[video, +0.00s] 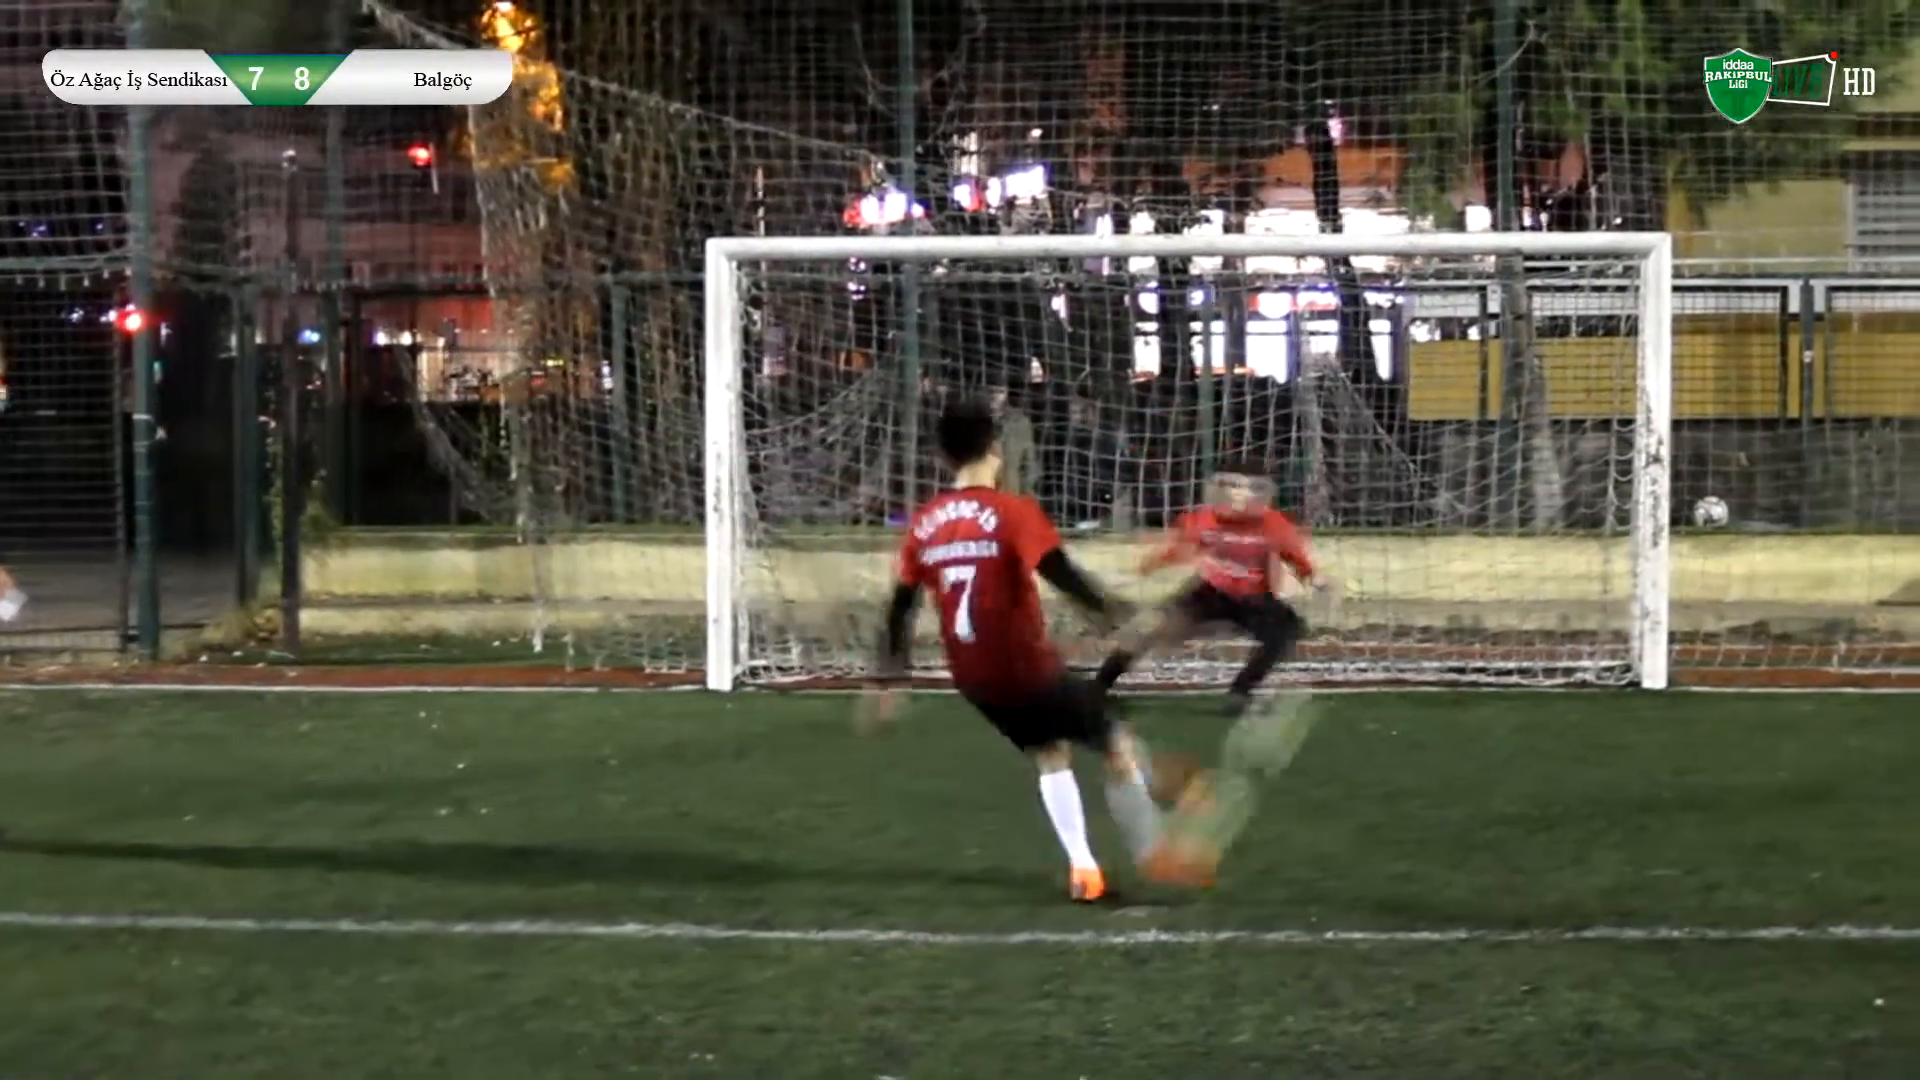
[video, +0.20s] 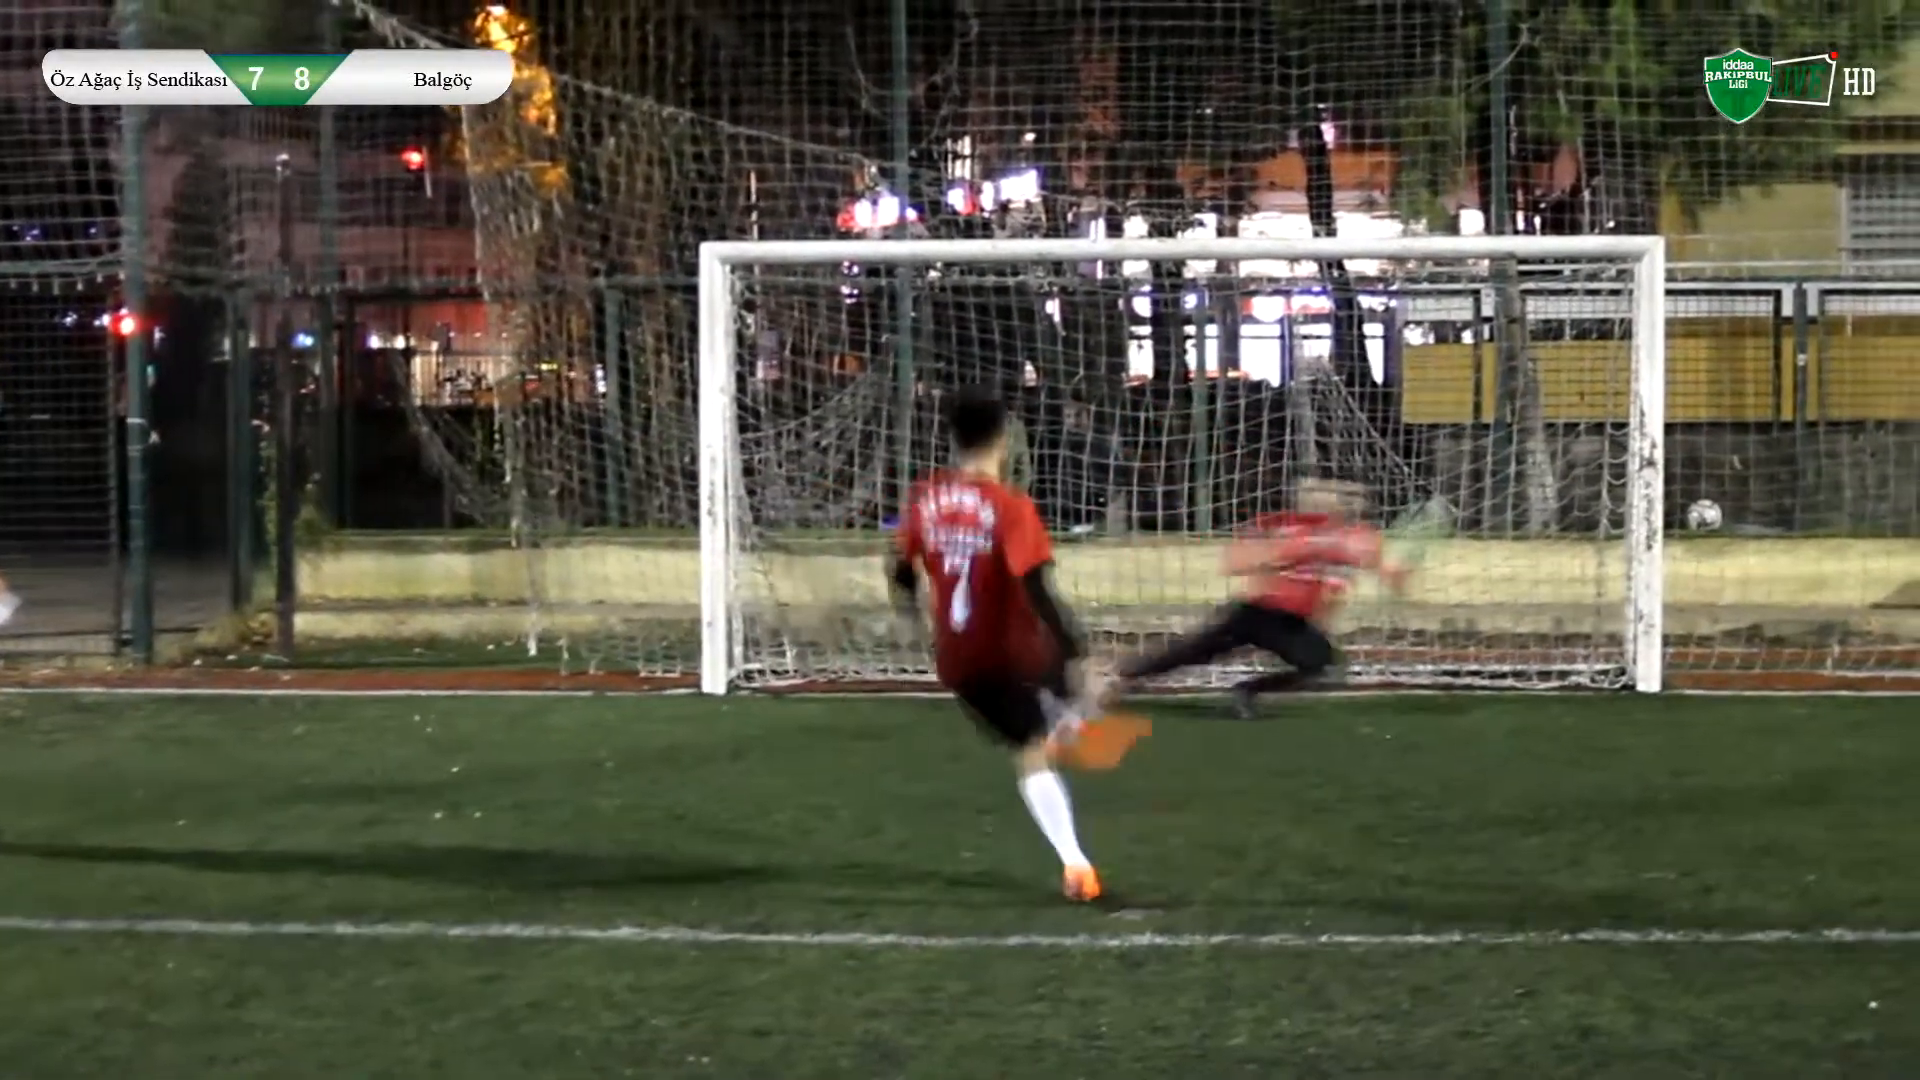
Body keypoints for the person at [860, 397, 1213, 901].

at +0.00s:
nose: (1001, 455)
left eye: (997, 448)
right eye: (998, 448)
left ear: (945, 456)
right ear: (992, 450)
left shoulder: (926, 520)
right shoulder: (1012, 510)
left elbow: (900, 604)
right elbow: (1055, 567)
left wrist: (891, 672)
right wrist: (1110, 609)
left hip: (973, 677)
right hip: (1028, 669)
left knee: (1048, 748)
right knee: (1114, 734)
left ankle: (1082, 865)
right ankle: (1151, 850)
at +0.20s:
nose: (1010, 443)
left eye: (1004, 435)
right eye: (1008, 435)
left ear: (955, 439)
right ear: (1001, 439)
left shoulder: (926, 496)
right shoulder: (1010, 505)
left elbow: (901, 570)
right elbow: (1038, 585)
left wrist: (919, 608)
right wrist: (1074, 641)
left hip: (956, 655)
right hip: (1013, 646)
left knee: (1029, 746)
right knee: (1061, 673)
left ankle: (1074, 862)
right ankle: (1072, 727)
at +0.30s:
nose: (1004, 427)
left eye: (1000, 419)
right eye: (1002, 419)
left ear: (949, 423)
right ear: (992, 423)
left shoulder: (915, 477)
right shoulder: (1003, 490)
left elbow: (888, 543)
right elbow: (1019, 575)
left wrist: (937, 554)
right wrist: (1050, 650)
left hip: (952, 639)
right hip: (1006, 631)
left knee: (1015, 747)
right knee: (1057, 670)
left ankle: (1065, 858)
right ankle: (1056, 764)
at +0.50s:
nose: (968, 402)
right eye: (966, 394)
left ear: (912, 398)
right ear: (962, 398)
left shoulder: (883, 458)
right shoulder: (984, 464)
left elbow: (849, 539)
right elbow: (1002, 547)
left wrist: (880, 508)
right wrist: (1039, 615)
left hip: (925, 618)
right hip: (982, 615)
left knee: (961, 727)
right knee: (1002, 711)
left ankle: (1010, 828)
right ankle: (1012, 832)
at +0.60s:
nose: (958, 401)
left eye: (950, 393)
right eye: (956, 393)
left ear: (901, 400)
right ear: (949, 397)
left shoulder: (875, 465)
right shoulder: (979, 458)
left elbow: (847, 540)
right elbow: (1011, 532)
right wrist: (1047, 580)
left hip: (919, 626)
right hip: (977, 621)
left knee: (924, 729)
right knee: (992, 724)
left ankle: (962, 819)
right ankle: (1009, 850)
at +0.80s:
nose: (918, 403)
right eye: (916, 395)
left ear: (863, 403)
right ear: (913, 398)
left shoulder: (848, 468)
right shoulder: (952, 451)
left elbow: (835, 553)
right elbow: (1012, 512)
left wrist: (800, 609)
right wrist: (1060, 547)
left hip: (897, 624)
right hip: (958, 618)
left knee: (873, 717)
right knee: (982, 725)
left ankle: (884, 831)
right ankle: (1014, 847)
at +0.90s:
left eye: (850, 399)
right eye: (886, 395)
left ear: (841, 401)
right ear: (890, 396)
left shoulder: (831, 466)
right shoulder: (934, 448)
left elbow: (827, 549)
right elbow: (995, 510)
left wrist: (795, 608)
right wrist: (1022, 521)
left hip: (877, 622)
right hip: (940, 616)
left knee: (849, 716)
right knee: (973, 720)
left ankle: (850, 842)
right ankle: (1013, 839)